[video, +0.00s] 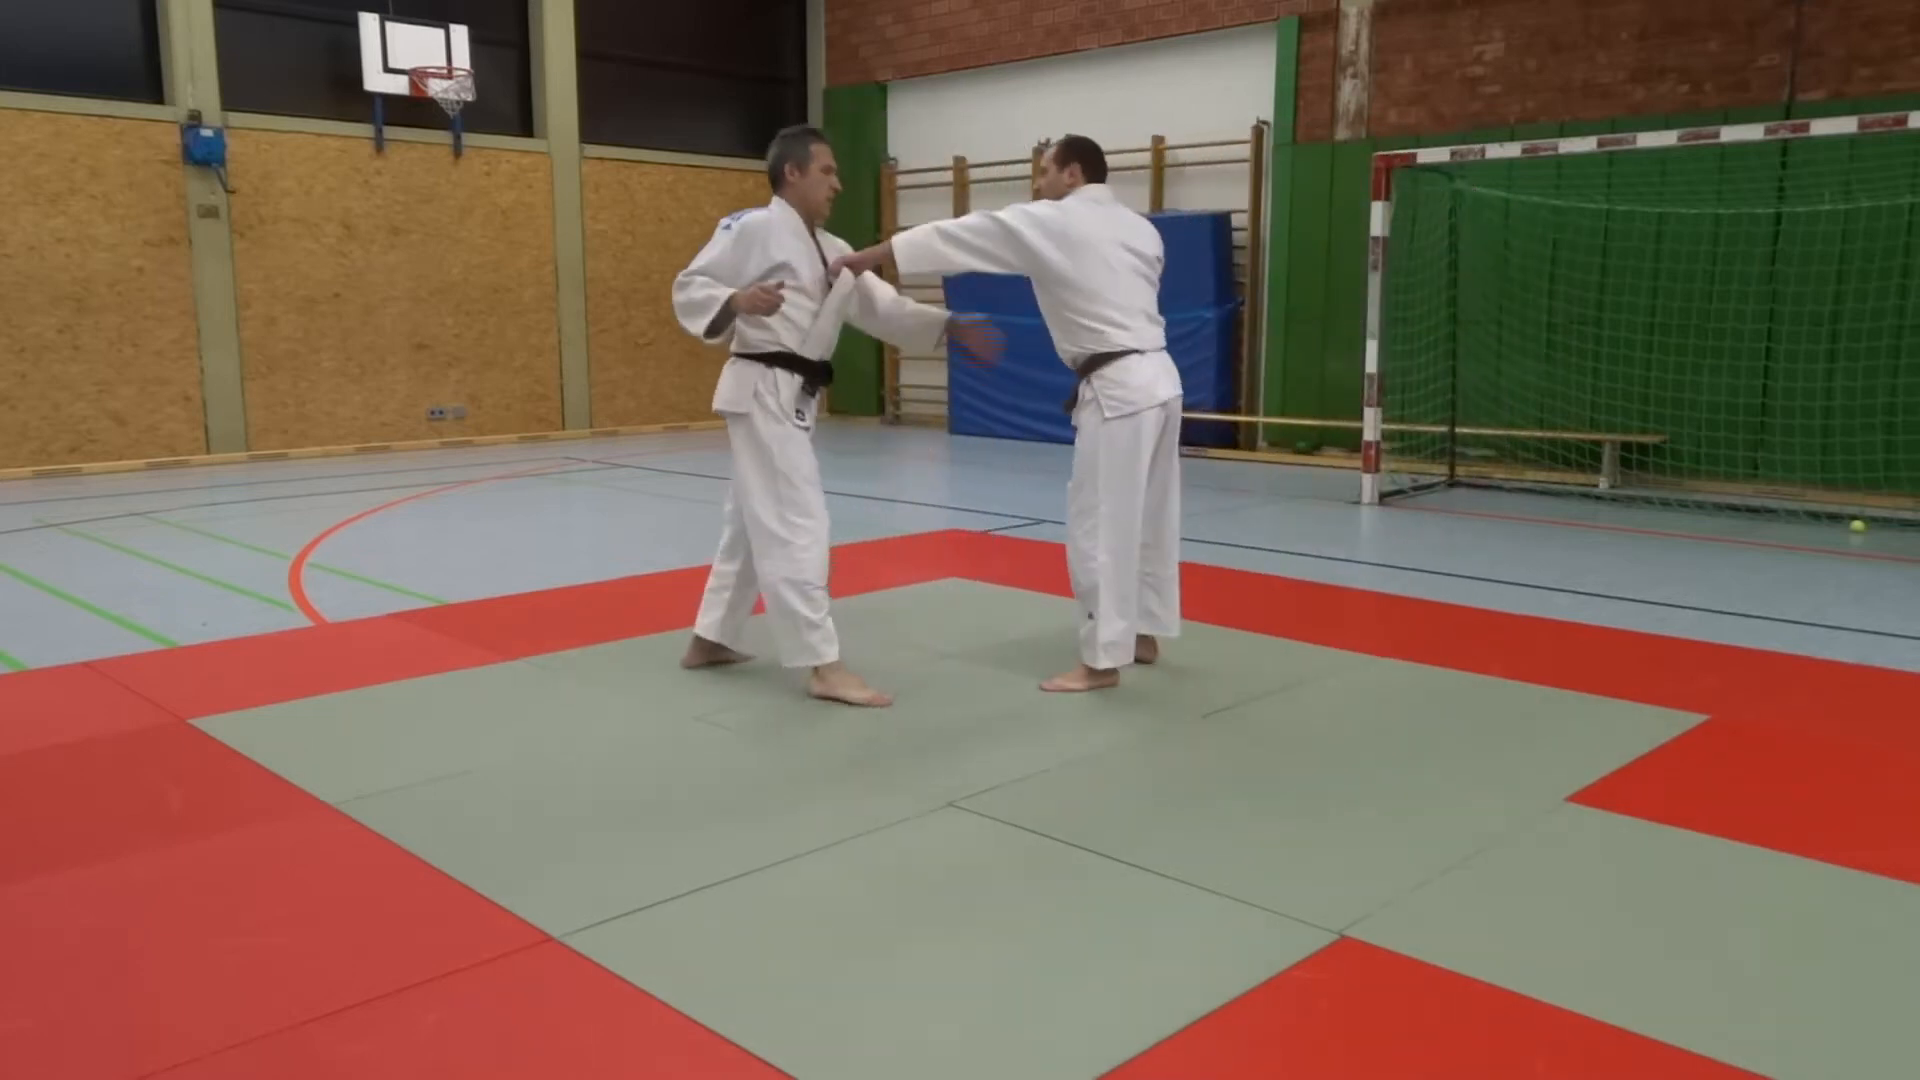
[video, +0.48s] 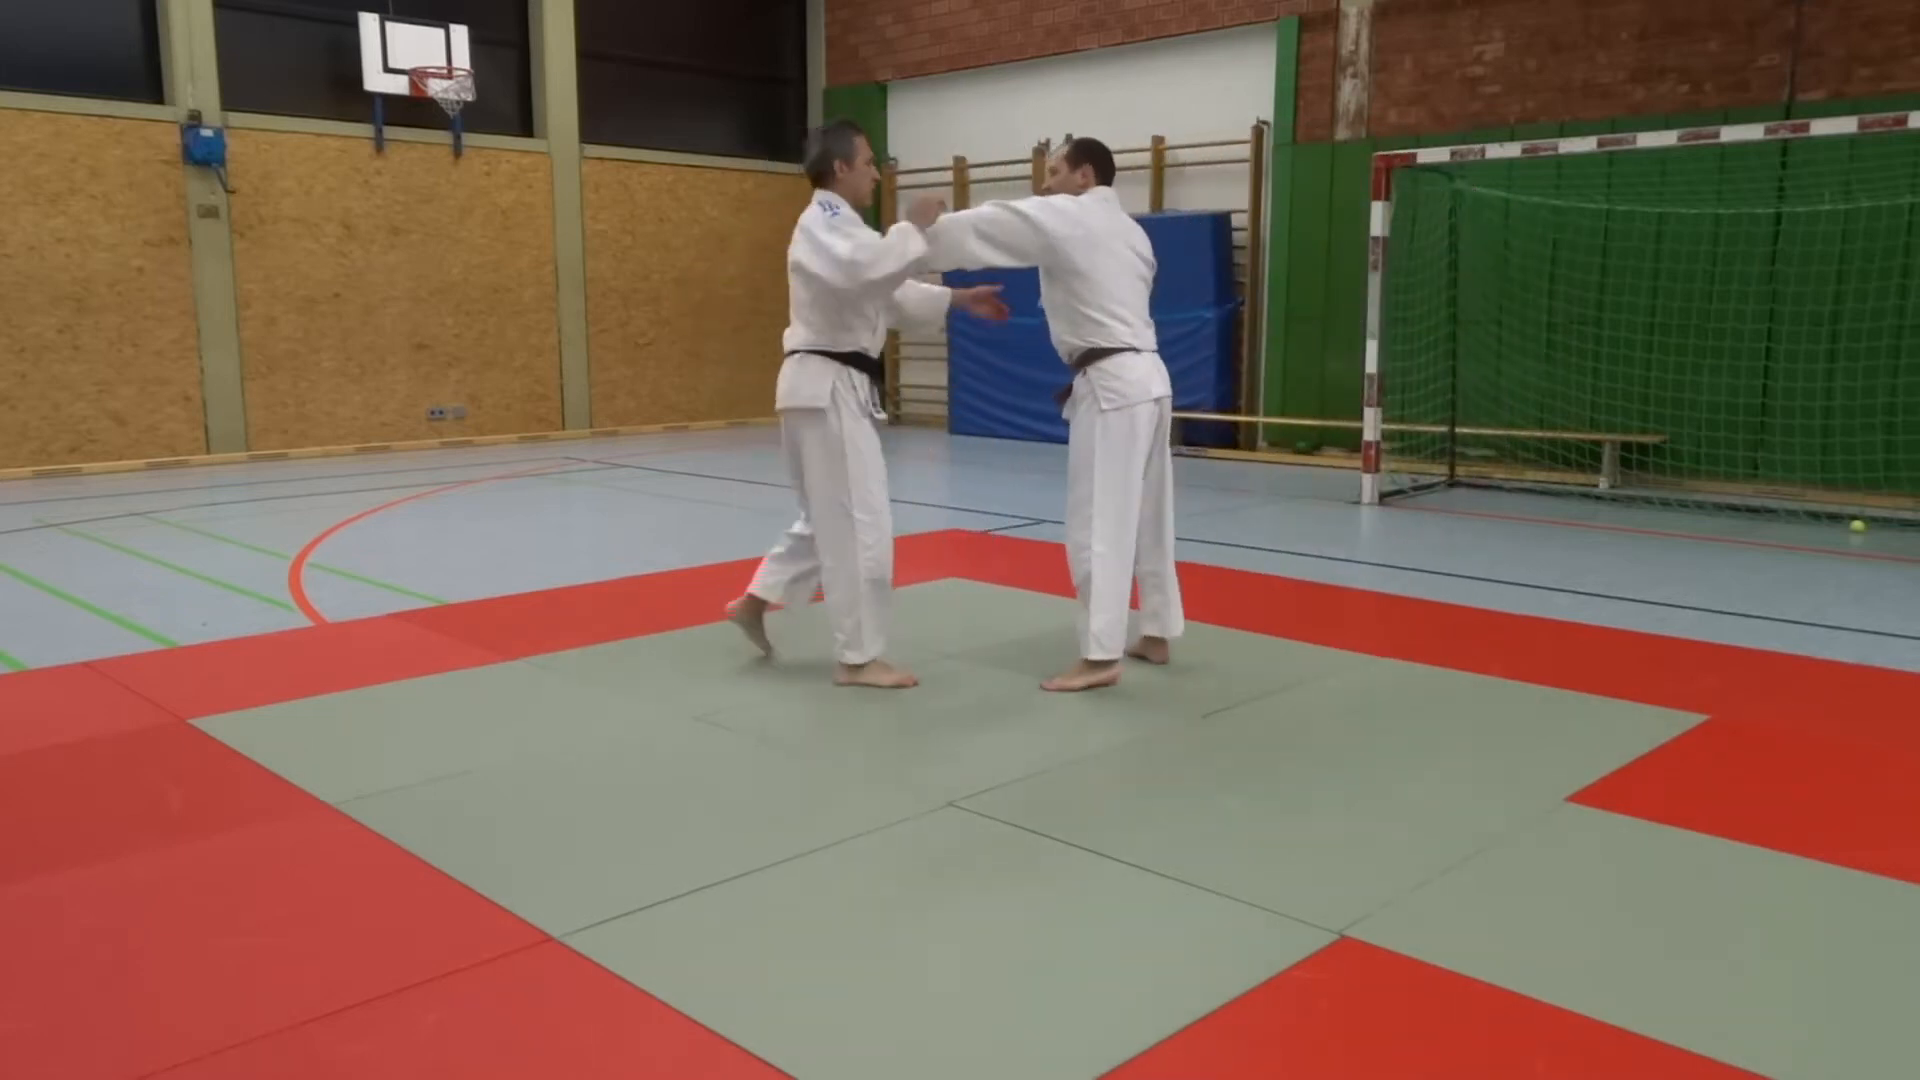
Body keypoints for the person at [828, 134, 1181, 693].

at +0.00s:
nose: (1037, 185)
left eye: (1042, 175)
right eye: (1038, 175)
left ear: (1073, 173)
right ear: (1091, 176)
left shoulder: (1051, 220)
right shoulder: (1139, 226)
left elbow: (958, 235)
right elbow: (1137, 305)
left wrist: (869, 256)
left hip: (1117, 387)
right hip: (1162, 381)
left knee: (1096, 521)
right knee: (1150, 517)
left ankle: (1101, 661)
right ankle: (1143, 635)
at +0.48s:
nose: (1048, 182)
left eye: (1055, 172)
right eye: (1050, 173)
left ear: (1085, 174)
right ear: (1099, 177)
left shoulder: (1061, 215)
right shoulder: (1131, 228)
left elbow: (978, 225)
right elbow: (1128, 311)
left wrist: (913, 238)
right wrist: (1085, 374)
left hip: (1111, 383)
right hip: (1152, 380)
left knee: (1097, 521)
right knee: (1149, 516)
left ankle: (1101, 657)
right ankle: (1156, 635)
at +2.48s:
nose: (1018, 185)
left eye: (1024, 175)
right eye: (1020, 175)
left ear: (1053, 176)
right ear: (1068, 178)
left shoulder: (1037, 222)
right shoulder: (1114, 239)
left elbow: (956, 265)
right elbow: (1100, 317)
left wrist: (874, 281)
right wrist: (1052, 363)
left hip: (1074, 385)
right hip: (1114, 379)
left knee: (1067, 519)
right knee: (1106, 514)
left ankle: (1096, 648)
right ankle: (1105, 628)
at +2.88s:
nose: (1027, 179)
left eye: (1034, 170)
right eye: (1029, 170)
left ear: (1066, 174)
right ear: (1067, 176)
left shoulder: (1079, 218)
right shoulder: (1072, 224)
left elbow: (1012, 260)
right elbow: (1050, 328)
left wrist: (946, 252)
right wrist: (975, 349)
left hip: (1094, 393)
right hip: (1070, 393)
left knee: (1087, 525)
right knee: (1065, 520)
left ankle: (1115, 651)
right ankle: (1095, 628)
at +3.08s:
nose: (998, 192)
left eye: (1010, 184)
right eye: (997, 182)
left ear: (1044, 192)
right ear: (1000, 190)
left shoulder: (1075, 238)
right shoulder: (998, 253)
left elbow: (1028, 299)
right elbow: (971, 342)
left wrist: (962, 292)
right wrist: (895, 354)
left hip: (1082, 401)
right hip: (1024, 405)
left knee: (1107, 531)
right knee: (1000, 533)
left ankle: (1131, 653)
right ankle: (1041, 591)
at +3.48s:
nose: (971, 199)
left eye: (983, 190)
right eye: (965, 189)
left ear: (1012, 197)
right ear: (959, 195)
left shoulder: (1044, 251)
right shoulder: (946, 252)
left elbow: (1028, 312)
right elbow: (920, 306)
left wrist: (961, 295)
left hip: (1034, 403)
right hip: (972, 404)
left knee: (1062, 529)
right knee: (953, 539)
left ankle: (1103, 645)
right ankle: (966, 630)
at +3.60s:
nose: (968, 195)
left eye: (979, 185)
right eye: (963, 185)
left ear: (1013, 189)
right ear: (959, 188)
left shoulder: (1040, 245)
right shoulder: (951, 232)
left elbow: (1003, 308)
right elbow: (906, 272)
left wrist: (944, 281)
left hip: (1031, 400)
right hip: (971, 397)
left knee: (1062, 525)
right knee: (955, 527)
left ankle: (1099, 641)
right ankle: (966, 629)